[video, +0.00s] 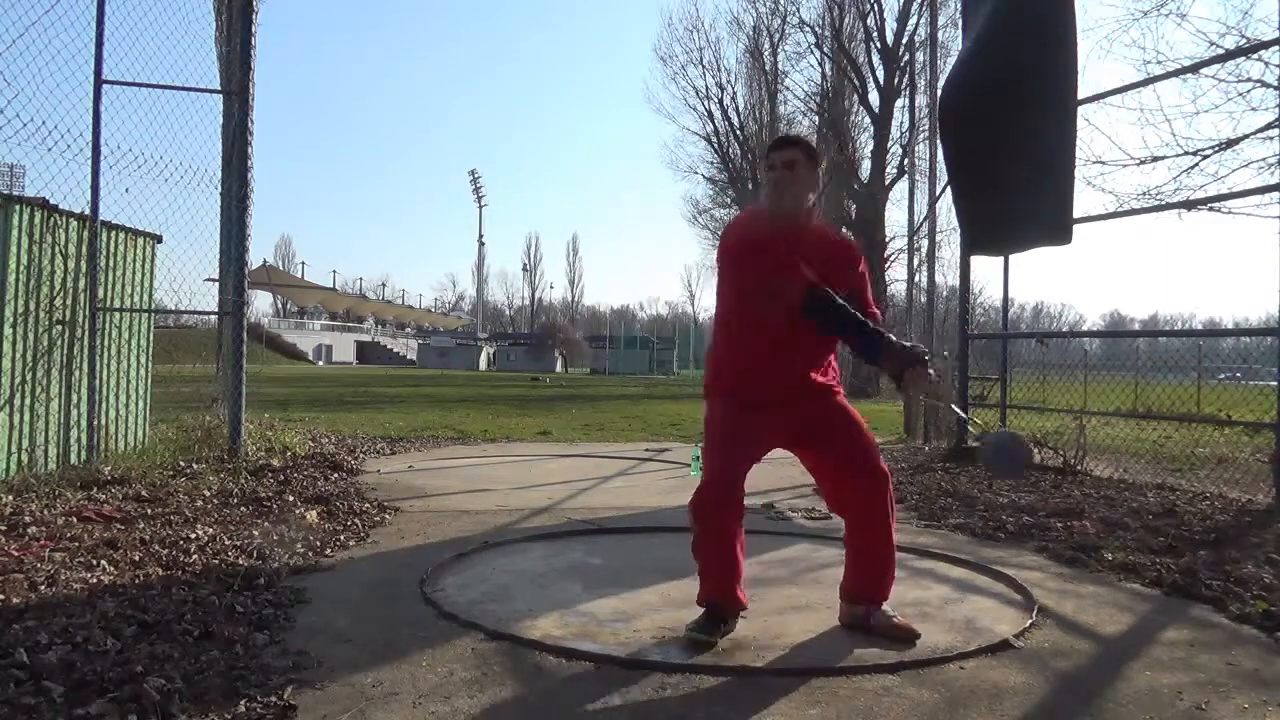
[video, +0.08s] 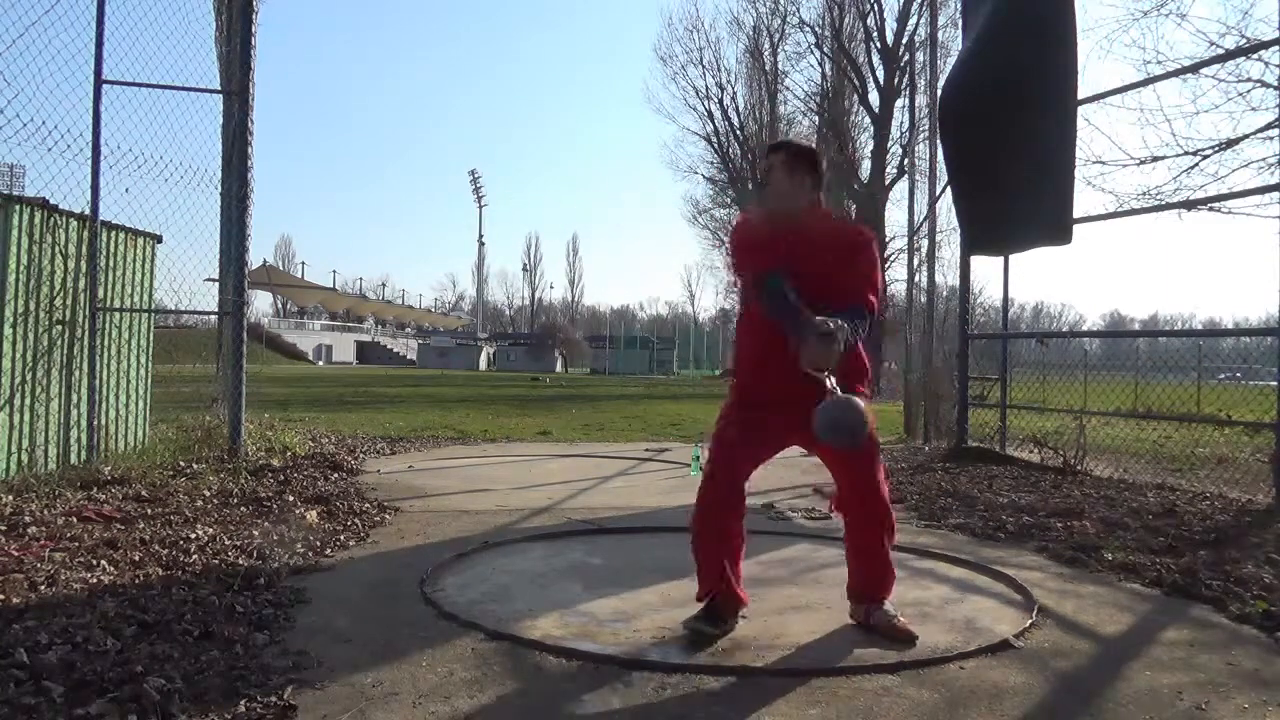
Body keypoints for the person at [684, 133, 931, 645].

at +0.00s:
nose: (781, 174)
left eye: (793, 166)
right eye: (774, 166)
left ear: (816, 180)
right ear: (763, 177)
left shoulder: (840, 250)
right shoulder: (741, 235)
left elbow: (865, 327)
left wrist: (898, 360)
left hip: (813, 398)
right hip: (737, 399)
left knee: (870, 480)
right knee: (716, 492)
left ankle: (863, 604)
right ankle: (719, 604)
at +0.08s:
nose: (763, 183)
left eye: (774, 174)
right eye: (763, 175)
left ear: (807, 182)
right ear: (766, 184)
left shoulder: (854, 239)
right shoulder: (752, 229)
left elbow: (865, 310)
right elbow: (768, 290)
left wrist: (837, 332)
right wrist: (806, 333)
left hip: (835, 402)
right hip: (758, 401)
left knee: (869, 489)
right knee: (719, 483)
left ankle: (871, 602)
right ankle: (722, 599)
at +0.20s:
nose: (786, 179)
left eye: (791, 169)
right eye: (786, 171)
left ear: (813, 166)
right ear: (825, 166)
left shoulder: (847, 213)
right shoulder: (804, 216)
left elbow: (797, 263)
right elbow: (766, 246)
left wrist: (717, 260)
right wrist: (718, 253)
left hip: (851, 373)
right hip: (802, 372)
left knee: (824, 479)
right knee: (736, 467)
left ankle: (892, 581)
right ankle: (717, 594)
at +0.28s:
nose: (799, 170)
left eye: (803, 160)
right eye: (801, 161)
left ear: (817, 158)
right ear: (850, 158)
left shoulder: (843, 197)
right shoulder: (830, 201)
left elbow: (754, 233)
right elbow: (753, 237)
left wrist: (680, 219)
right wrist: (683, 218)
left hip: (848, 354)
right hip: (824, 352)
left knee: (780, 466)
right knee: (759, 463)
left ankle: (862, 553)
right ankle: (722, 598)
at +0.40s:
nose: (800, 158)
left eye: (800, 149)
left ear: (800, 150)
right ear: (851, 149)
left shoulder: (783, 192)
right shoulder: (876, 196)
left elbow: (713, 219)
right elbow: (809, 215)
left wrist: (693, 190)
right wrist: (741, 198)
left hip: (789, 354)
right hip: (858, 361)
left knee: (731, 439)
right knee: (796, 491)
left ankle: (720, 525)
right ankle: (717, 596)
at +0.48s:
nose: (835, 153)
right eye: (834, 145)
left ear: (784, 145)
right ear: (834, 147)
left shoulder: (756, 185)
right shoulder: (852, 191)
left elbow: (724, 227)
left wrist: (761, 178)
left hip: (746, 340)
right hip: (808, 348)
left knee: (757, 431)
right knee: (789, 469)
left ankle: (709, 509)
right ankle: (704, 575)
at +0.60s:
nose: (809, 175)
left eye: (809, 168)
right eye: (809, 167)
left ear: (761, 157)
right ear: (800, 164)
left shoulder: (744, 197)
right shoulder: (794, 204)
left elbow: (795, 255)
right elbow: (840, 252)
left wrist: (850, 260)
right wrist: (861, 257)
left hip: (742, 358)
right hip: (728, 360)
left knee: (791, 458)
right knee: (771, 488)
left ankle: (815, 554)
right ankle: (686, 561)